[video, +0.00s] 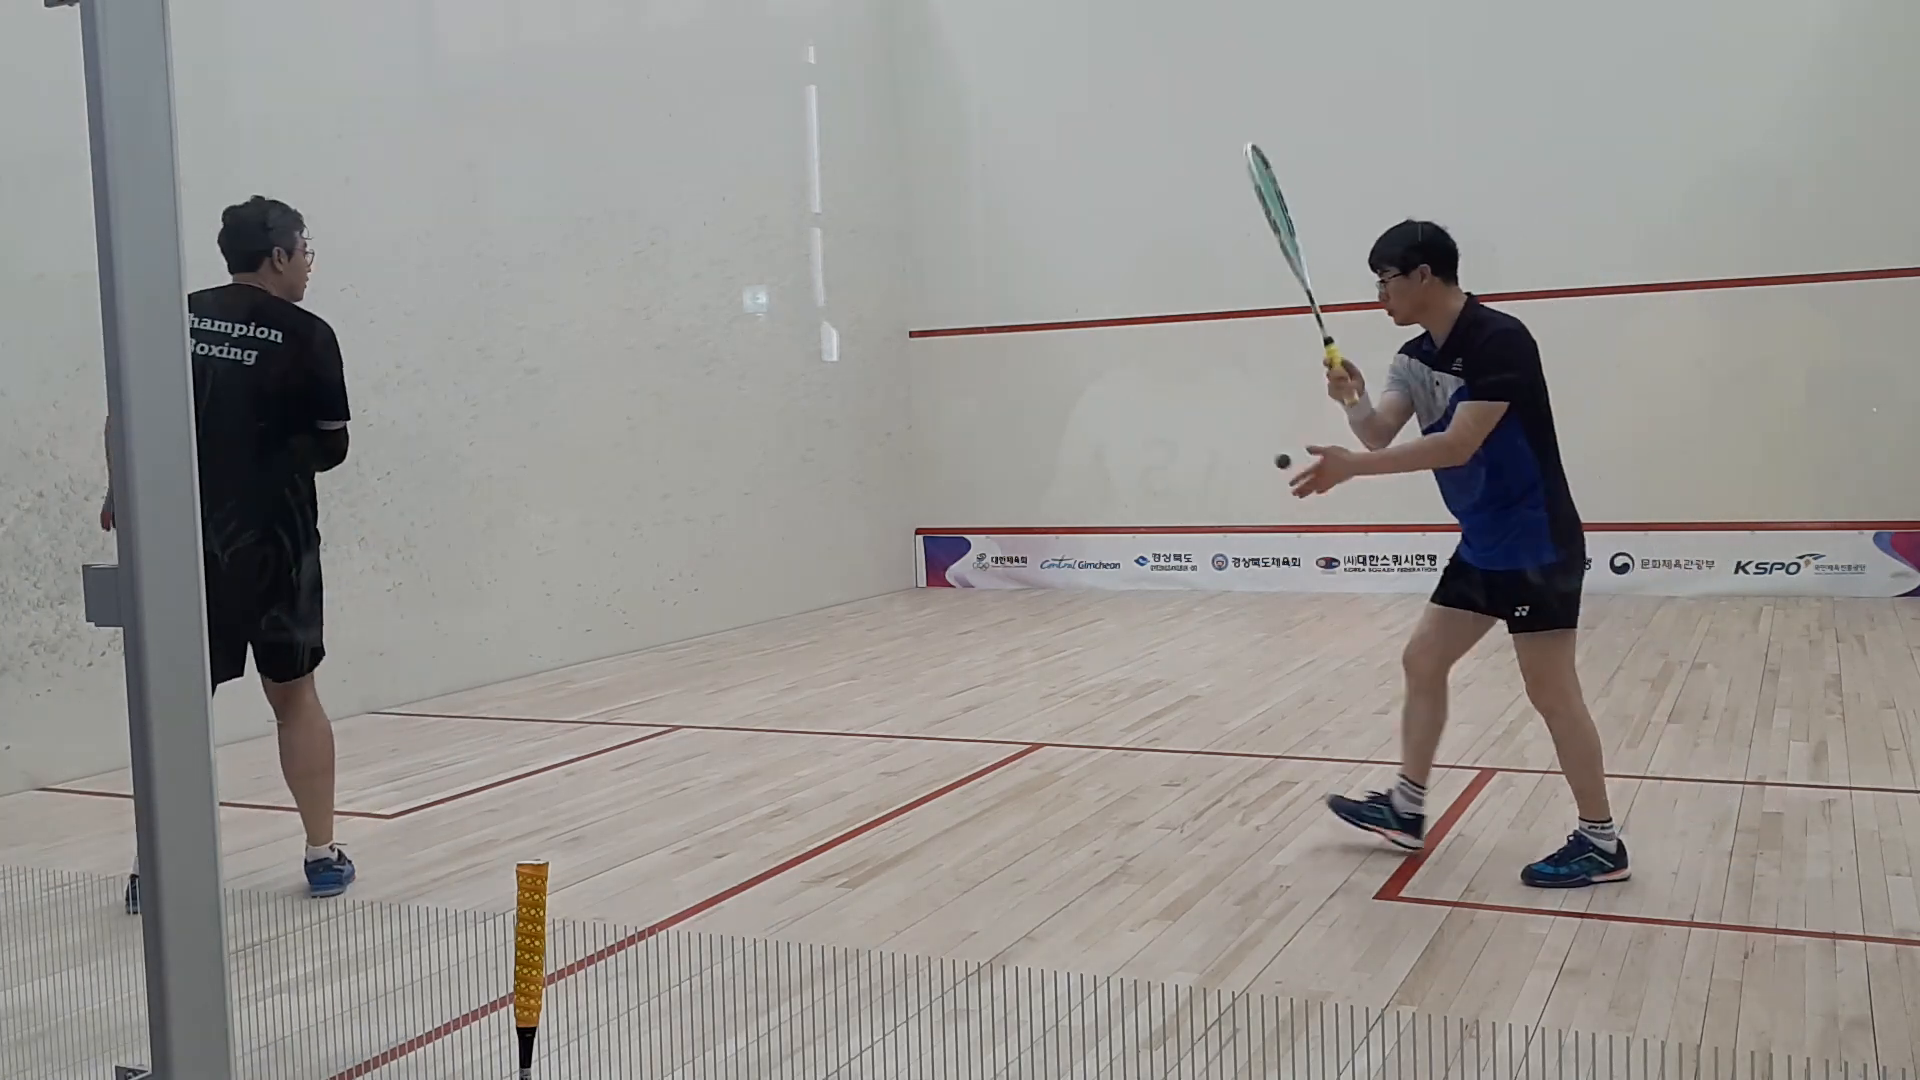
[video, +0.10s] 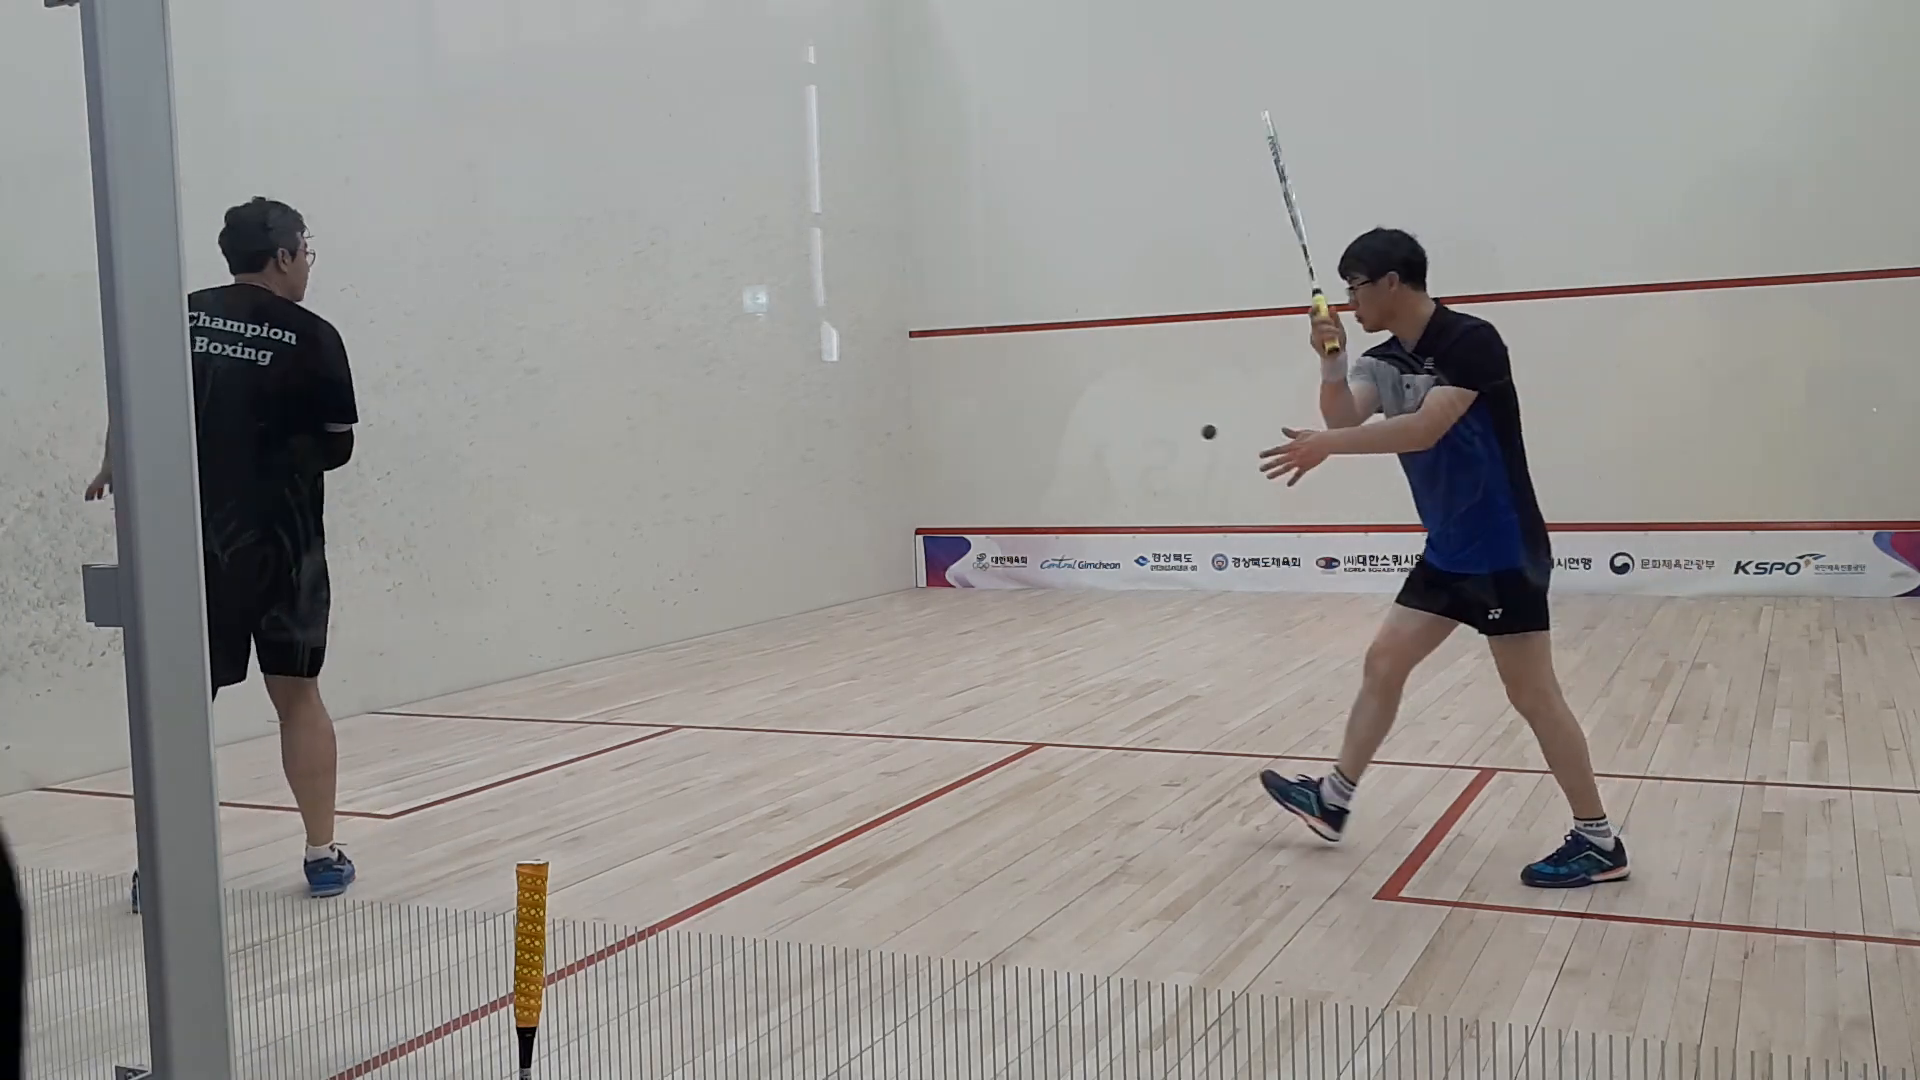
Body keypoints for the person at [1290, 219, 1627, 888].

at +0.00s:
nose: (1379, 296)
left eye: (1386, 281)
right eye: (1377, 283)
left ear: (1424, 275)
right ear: (1418, 279)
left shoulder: (1501, 341)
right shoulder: (1416, 352)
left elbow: (1458, 445)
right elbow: (1378, 437)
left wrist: (1358, 466)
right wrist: (1353, 400)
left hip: (1542, 546)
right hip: (1484, 545)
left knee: (1554, 692)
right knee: (1424, 659)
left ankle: (1601, 838)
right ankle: (1407, 805)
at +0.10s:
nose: (1349, 303)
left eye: (1355, 289)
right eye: (1347, 290)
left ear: (1393, 282)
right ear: (1389, 286)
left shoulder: (1472, 341)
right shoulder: (1385, 354)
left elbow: (1424, 429)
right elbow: (1345, 423)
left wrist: (1330, 445)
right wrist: (1331, 364)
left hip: (1508, 553)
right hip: (1447, 551)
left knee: (1535, 695)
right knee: (1384, 663)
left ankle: (1597, 835)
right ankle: (1335, 796)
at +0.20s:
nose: (1315, 314)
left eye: (1319, 303)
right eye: (1313, 304)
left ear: (1350, 295)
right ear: (1351, 297)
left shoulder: (1433, 350)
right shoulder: (1348, 364)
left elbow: (1394, 431)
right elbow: (1301, 410)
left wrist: (1302, 446)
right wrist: (1311, 338)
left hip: (1468, 560)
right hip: (1409, 561)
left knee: (1509, 697)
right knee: (1343, 674)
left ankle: (1595, 833)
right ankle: (1301, 806)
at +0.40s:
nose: (1223, 345)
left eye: (1225, 332)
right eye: (1220, 334)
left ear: (1255, 325)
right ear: (1258, 328)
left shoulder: (1337, 382)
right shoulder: (1257, 402)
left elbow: (1319, 480)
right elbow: (1214, 469)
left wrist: (1238, 530)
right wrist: (1178, 510)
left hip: (1388, 570)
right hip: (1342, 573)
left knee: (1419, 708)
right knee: (1271, 669)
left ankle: (1551, 805)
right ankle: (1282, 809)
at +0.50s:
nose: (1186, 344)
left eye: (1187, 332)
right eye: (1185, 333)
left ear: (1209, 331)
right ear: (1234, 326)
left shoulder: (1273, 383)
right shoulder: (1242, 395)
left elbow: (1274, 487)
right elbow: (1214, 486)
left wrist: (1221, 557)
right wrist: (1176, 549)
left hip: (1357, 564)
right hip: (1322, 568)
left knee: (1394, 702)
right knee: (1261, 669)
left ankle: (1528, 796)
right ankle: (1281, 810)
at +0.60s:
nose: (1160, 340)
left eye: (1160, 330)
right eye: (1158, 330)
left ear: (1175, 331)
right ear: (1214, 322)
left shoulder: (1227, 384)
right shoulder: (1239, 372)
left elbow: (1231, 480)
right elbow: (1289, 466)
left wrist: (1193, 566)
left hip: (1320, 556)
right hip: (1301, 558)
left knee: (1370, 690)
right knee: (1254, 670)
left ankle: (1500, 787)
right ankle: (1281, 808)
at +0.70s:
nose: (1138, 329)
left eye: (1137, 320)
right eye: (1138, 320)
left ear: (1148, 324)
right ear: (1197, 312)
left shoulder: (1185, 380)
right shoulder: (1243, 364)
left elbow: (1182, 475)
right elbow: (1288, 449)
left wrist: (1161, 561)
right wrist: (1259, 541)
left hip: (1281, 550)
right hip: (1306, 537)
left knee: (1325, 689)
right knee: (1247, 670)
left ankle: (1445, 789)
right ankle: (1281, 807)